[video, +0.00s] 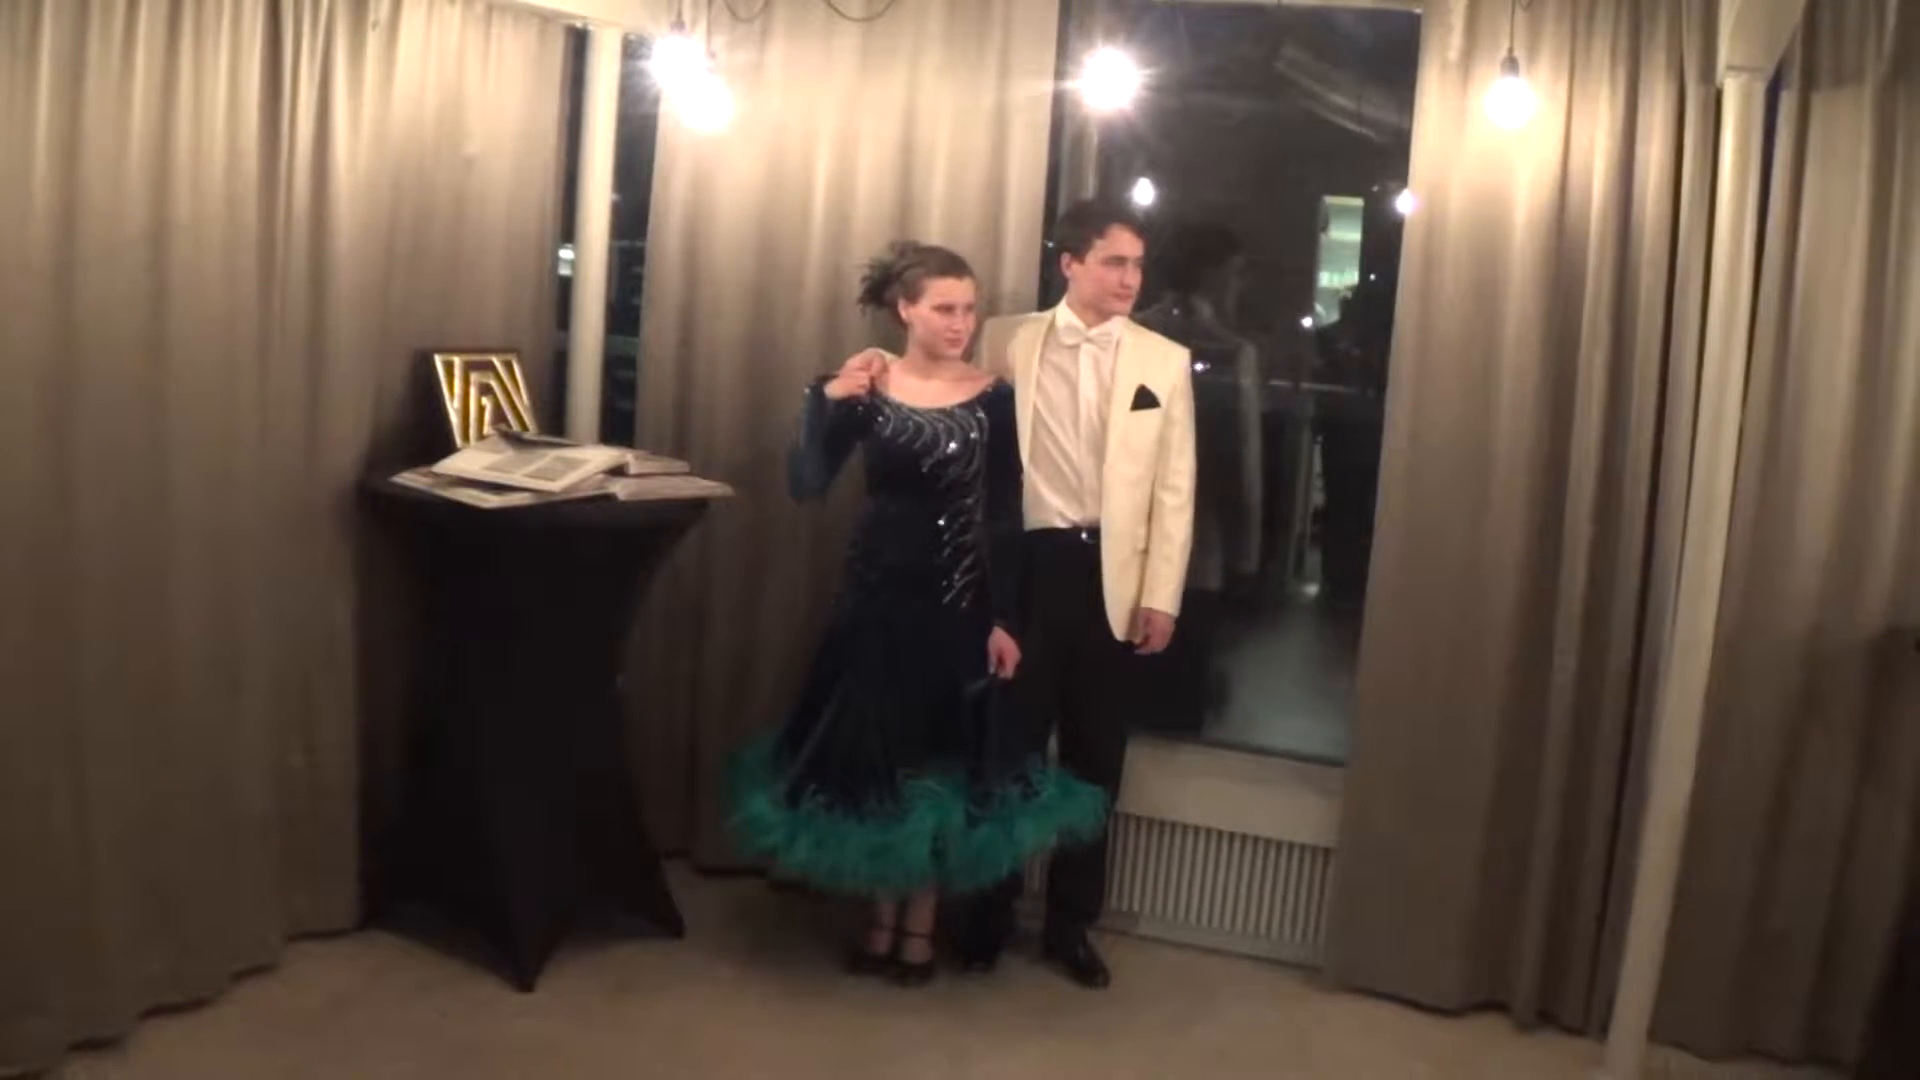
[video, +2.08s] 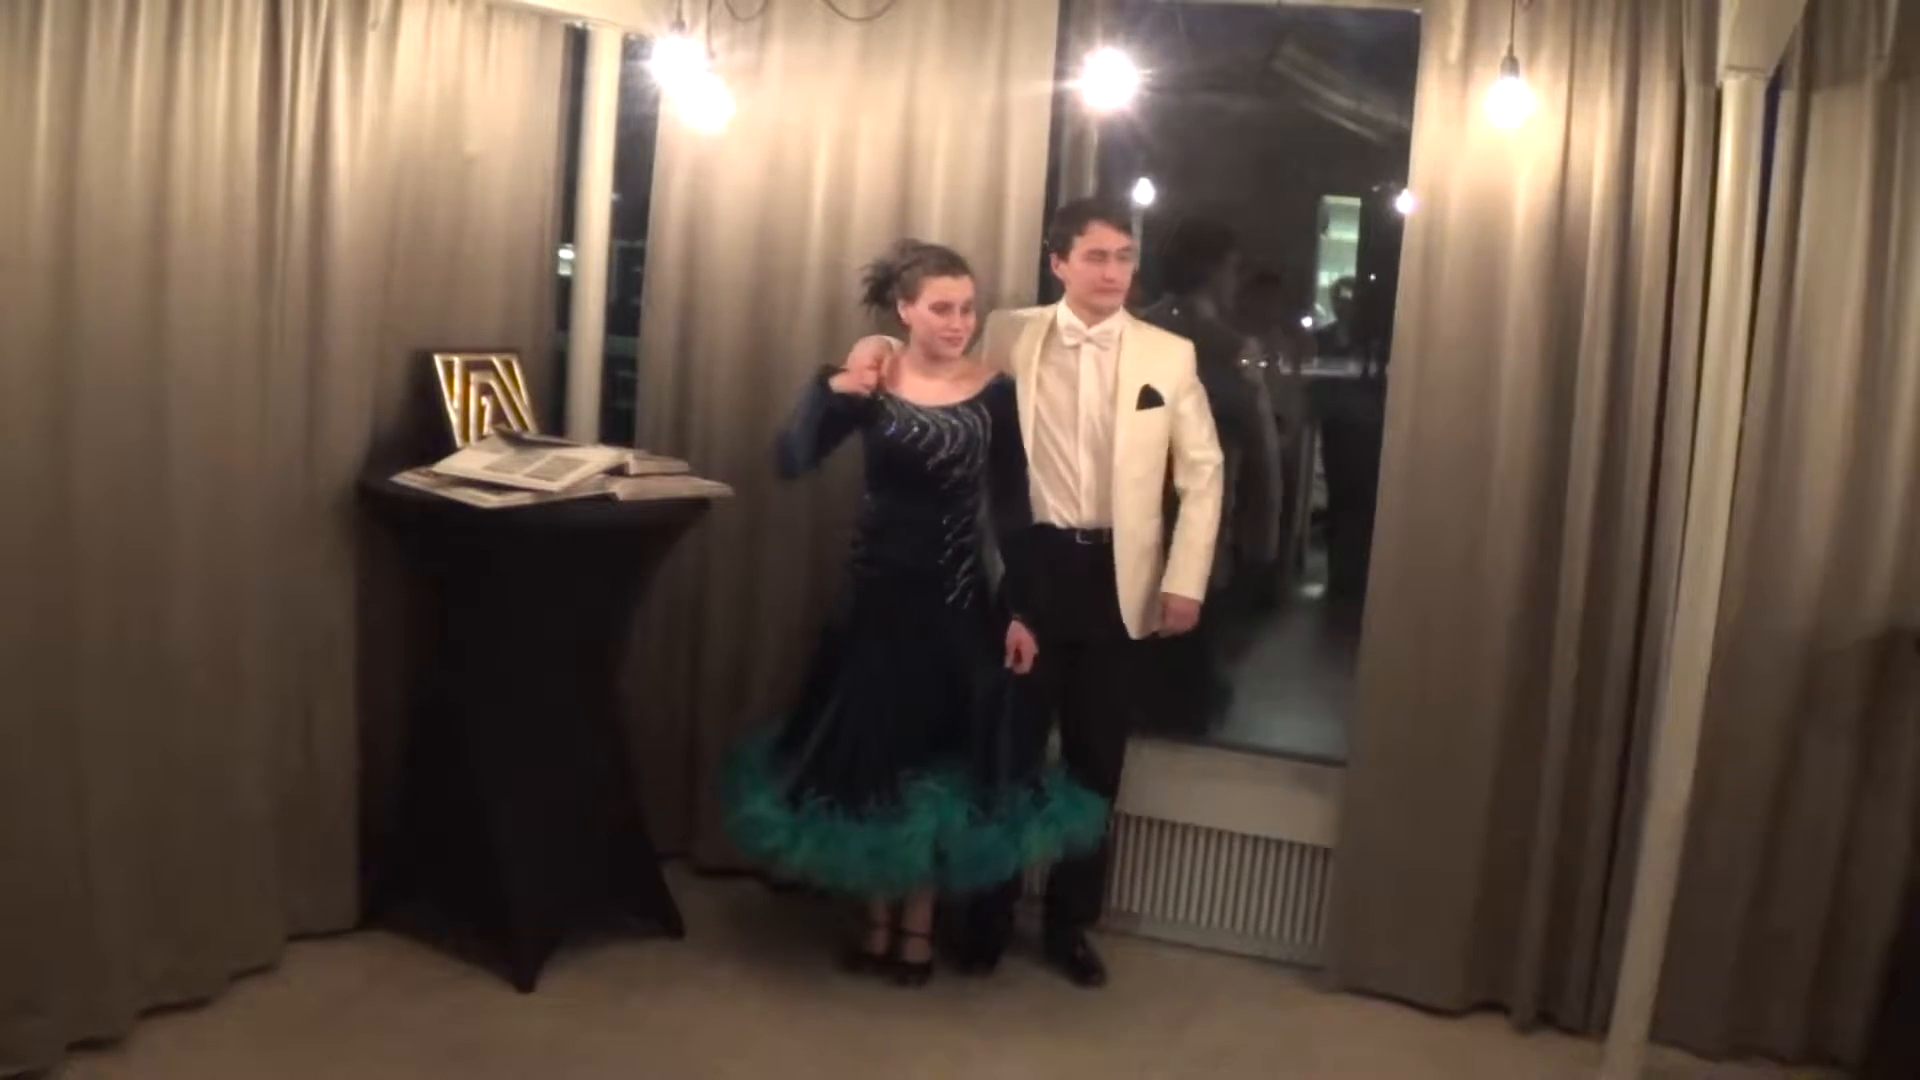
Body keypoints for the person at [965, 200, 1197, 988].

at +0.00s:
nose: (1129, 278)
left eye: (1138, 266)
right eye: (1114, 262)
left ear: (1144, 275)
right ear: (1069, 265)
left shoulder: (1165, 363)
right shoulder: (1008, 342)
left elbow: (1176, 490)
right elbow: (969, 455)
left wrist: (1162, 595)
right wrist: (965, 569)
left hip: (1111, 573)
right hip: (1020, 565)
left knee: (1096, 753)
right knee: (1007, 739)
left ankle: (1071, 925)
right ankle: (983, 917)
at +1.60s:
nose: (1124, 275)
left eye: (1133, 262)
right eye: (1109, 259)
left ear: (1141, 272)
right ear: (1064, 262)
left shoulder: (1163, 362)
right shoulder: (1007, 343)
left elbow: (1177, 485)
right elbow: (967, 457)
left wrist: (1169, 588)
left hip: (1114, 575)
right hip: (1020, 567)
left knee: (1094, 756)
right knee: (1005, 742)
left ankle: (1071, 926)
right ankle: (980, 921)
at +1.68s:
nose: (1124, 274)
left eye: (1133, 262)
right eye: (1109, 258)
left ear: (1140, 273)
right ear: (1064, 262)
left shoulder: (1162, 362)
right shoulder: (1007, 342)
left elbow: (1177, 485)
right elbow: (966, 453)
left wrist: (1169, 588)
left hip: (1114, 576)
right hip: (1020, 567)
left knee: (1094, 756)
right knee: (1006, 742)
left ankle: (1071, 926)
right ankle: (980, 920)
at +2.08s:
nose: (1112, 271)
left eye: (1123, 257)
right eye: (1097, 257)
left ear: (1135, 266)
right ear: (1059, 263)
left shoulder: (1167, 355)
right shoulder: (1009, 333)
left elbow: (1202, 475)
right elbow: (941, 375)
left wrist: (1185, 580)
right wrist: (879, 358)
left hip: (1116, 572)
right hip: (1023, 561)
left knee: (1097, 754)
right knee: (1009, 739)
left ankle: (1070, 926)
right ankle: (984, 922)